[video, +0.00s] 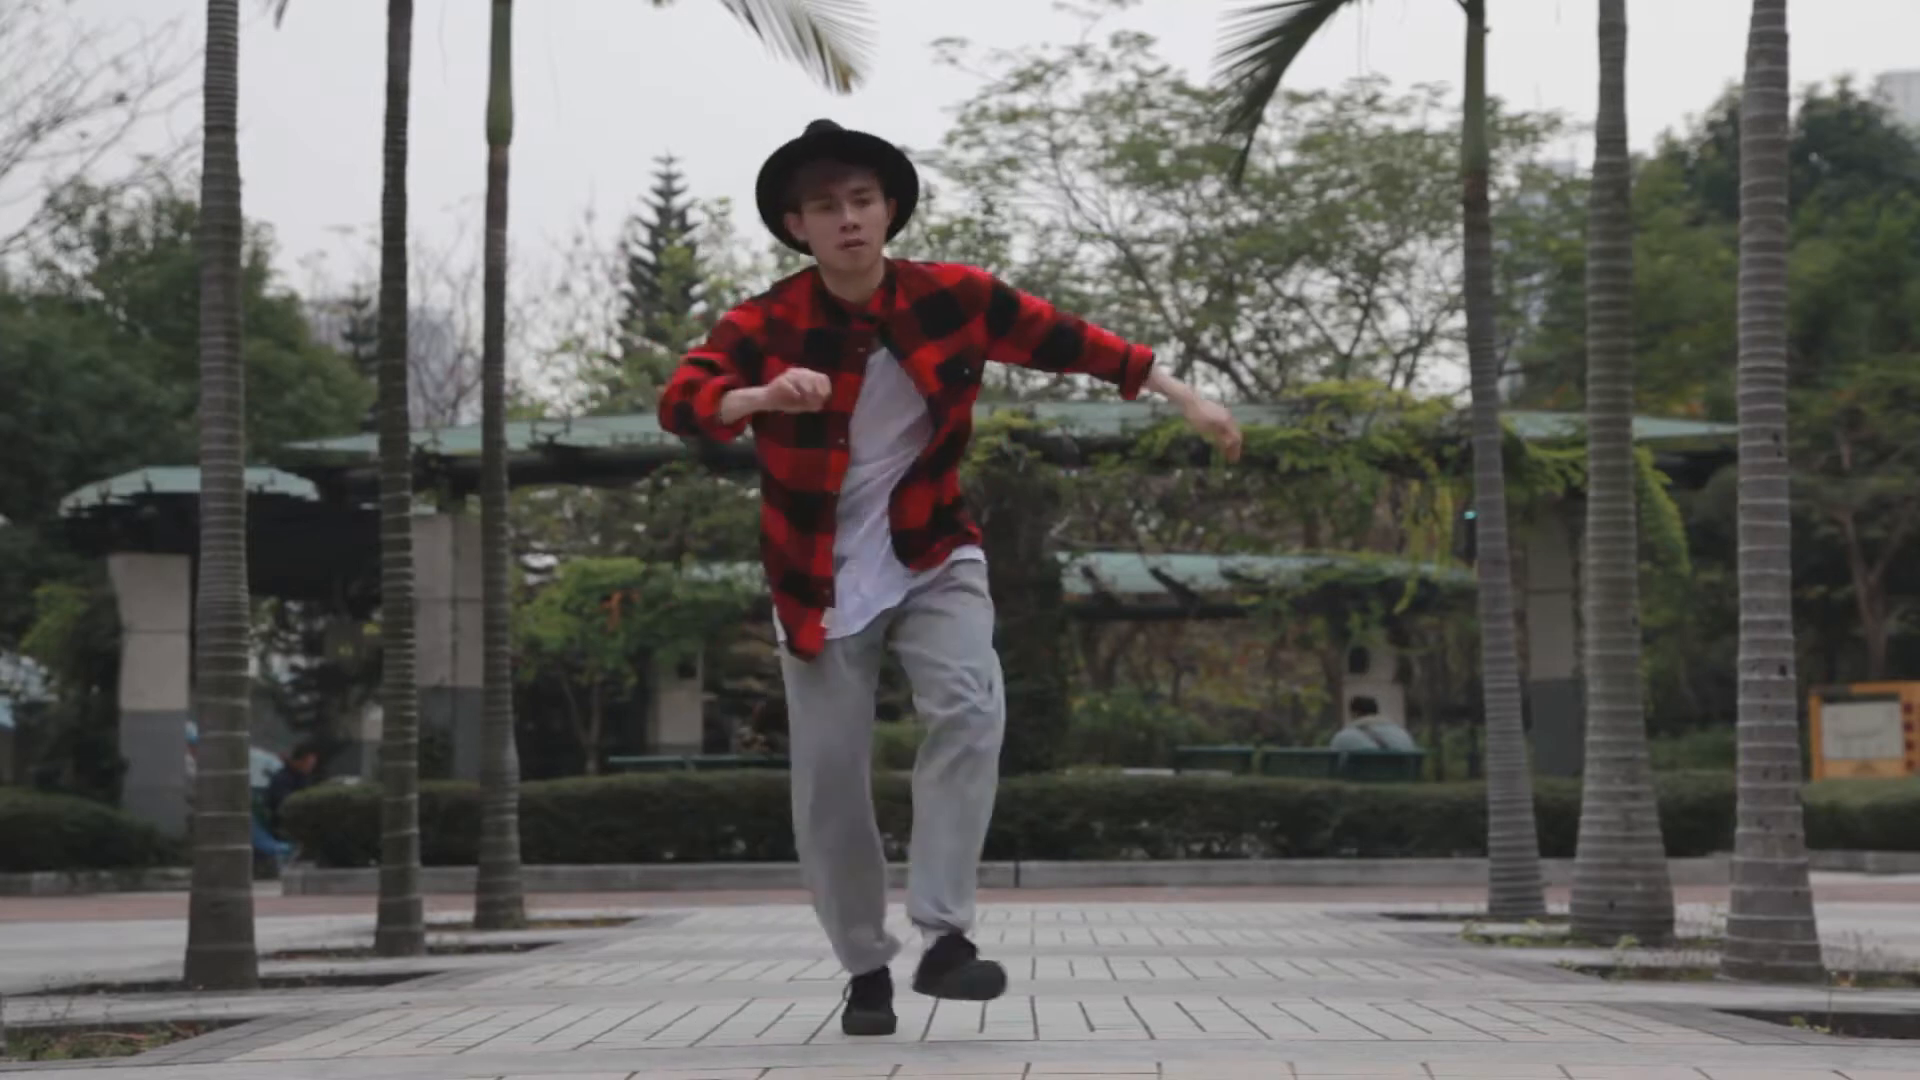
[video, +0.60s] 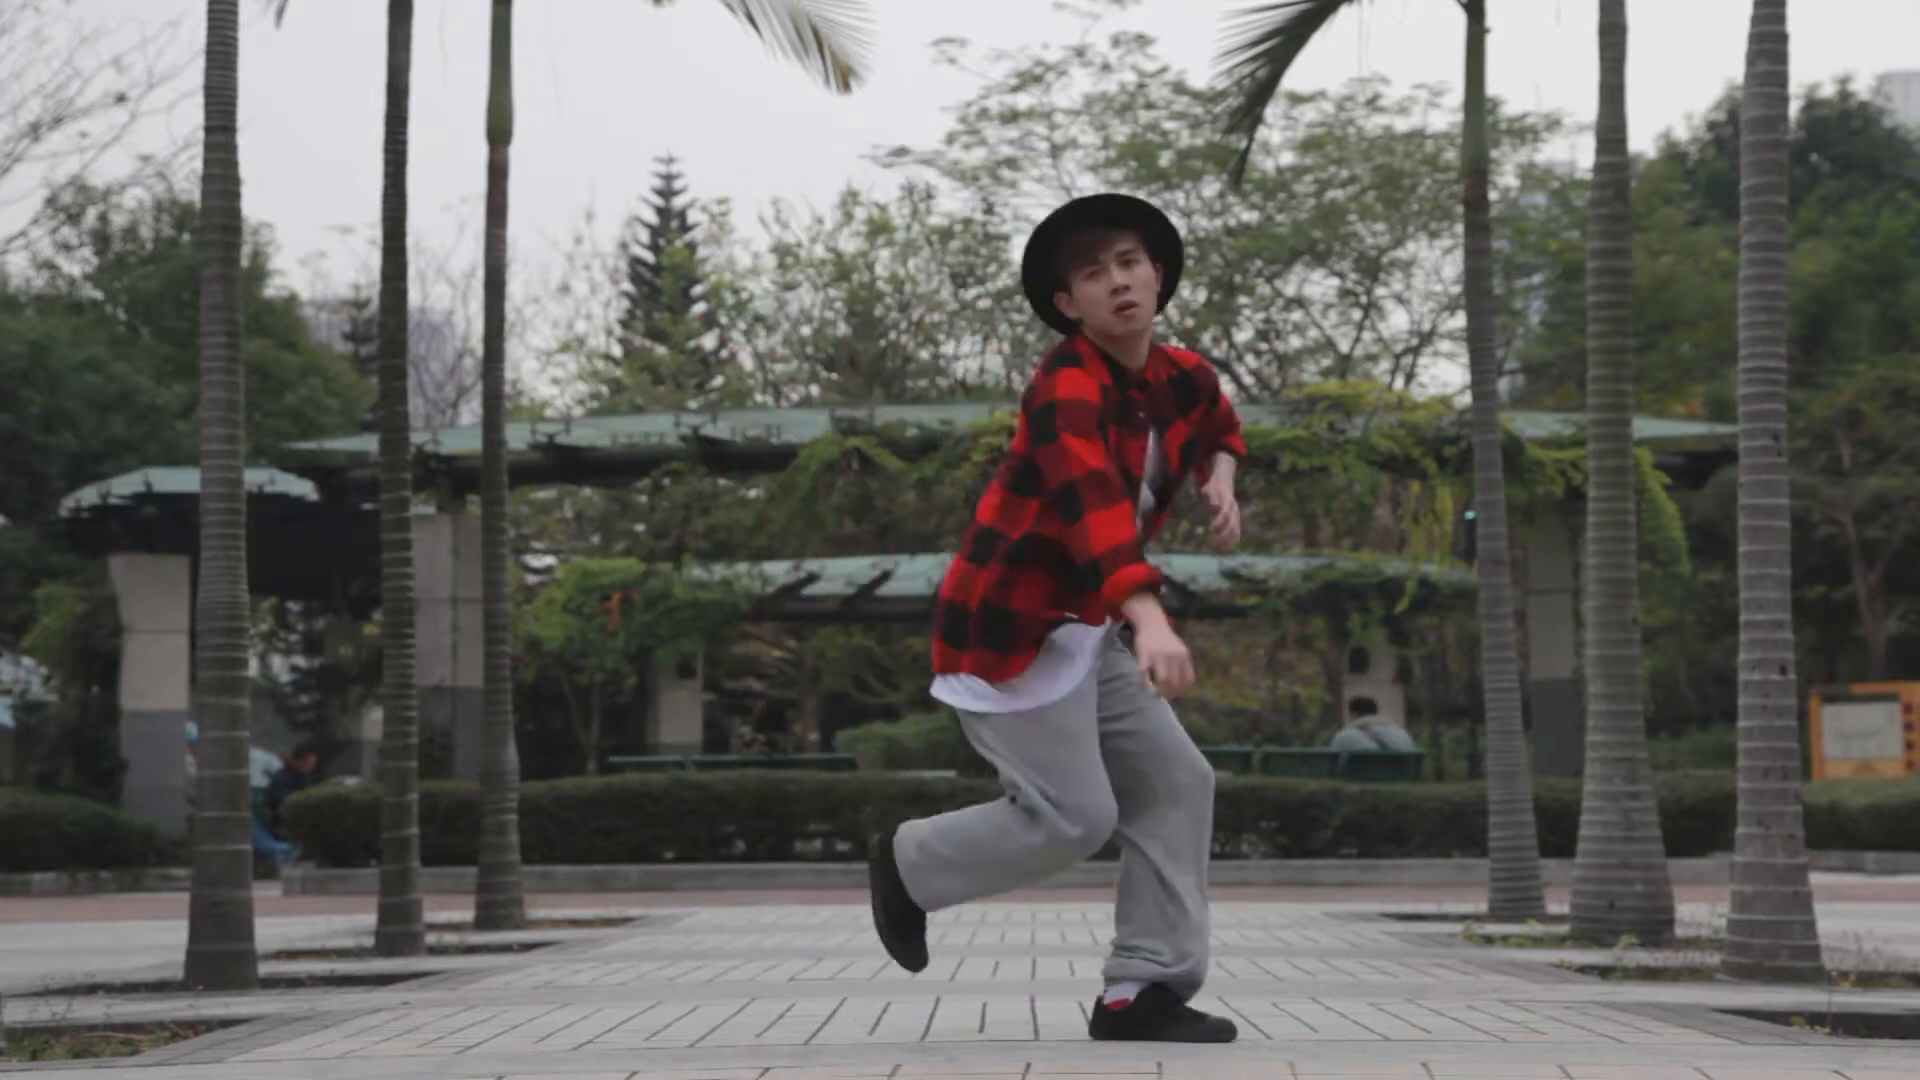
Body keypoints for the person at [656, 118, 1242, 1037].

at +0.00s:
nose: (848, 218)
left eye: (863, 198)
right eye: (825, 205)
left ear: (893, 211)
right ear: (798, 230)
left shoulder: (953, 297)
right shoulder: (764, 325)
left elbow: (1061, 339)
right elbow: (680, 400)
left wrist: (1177, 390)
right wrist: (754, 398)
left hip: (930, 549)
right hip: (819, 571)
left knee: (969, 710)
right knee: (829, 768)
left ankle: (944, 940)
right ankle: (865, 969)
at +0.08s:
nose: (892, 223)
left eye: (906, 204)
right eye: (867, 207)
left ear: (927, 216)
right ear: (832, 228)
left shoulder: (974, 301)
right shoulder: (797, 339)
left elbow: (1085, 333)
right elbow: (781, 445)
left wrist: (1210, 349)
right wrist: (874, 442)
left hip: (956, 582)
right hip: (846, 600)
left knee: (985, 750)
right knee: (866, 793)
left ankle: (1027, 941)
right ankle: (878, 973)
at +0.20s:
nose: (953, 223)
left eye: (966, 203)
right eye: (929, 205)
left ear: (984, 215)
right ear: (887, 223)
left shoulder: (1021, 306)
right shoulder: (859, 344)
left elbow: (1109, 394)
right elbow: (881, 477)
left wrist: (1205, 401)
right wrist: (1001, 479)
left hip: (1007, 597)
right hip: (896, 606)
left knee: (1041, 763)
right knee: (892, 771)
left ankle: (1006, 963)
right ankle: (875, 951)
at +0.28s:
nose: (988, 231)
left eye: (1001, 212)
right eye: (964, 215)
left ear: (1021, 226)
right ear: (924, 234)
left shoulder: (1056, 324)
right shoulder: (899, 354)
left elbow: (1099, 430)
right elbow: (944, 489)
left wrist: (1144, 469)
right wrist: (1066, 456)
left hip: (1034, 606)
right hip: (928, 606)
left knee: (1049, 800)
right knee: (901, 781)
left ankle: (990, 976)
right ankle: (912, 965)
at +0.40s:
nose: (1028, 242)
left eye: (1042, 222)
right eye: (1005, 229)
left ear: (1069, 235)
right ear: (973, 252)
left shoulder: (1114, 331)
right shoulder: (953, 342)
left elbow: (1113, 437)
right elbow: (1028, 445)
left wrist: (1103, 481)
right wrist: (1161, 424)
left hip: (1061, 587)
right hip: (955, 581)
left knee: (1091, 766)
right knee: (967, 718)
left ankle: (1009, 952)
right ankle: (986, 899)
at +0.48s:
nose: (1053, 255)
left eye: (1066, 233)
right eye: (1029, 245)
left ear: (1098, 246)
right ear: (1006, 271)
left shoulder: (1132, 329)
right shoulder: (997, 350)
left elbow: (1183, 343)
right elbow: (1089, 442)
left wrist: (1157, 428)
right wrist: (1208, 480)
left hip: (1070, 589)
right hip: (966, 572)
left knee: (1149, 739)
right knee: (1018, 676)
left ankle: (1047, 923)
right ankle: (962, 891)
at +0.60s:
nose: (1118, 280)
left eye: (1131, 261)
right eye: (1091, 271)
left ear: (1160, 277)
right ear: (1065, 306)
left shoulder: (1183, 374)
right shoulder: (1069, 385)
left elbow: (1220, 421)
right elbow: (1095, 506)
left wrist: (1219, 471)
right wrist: (1147, 615)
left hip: (1090, 630)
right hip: (1005, 641)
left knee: (1177, 783)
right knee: (1076, 818)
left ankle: (1141, 990)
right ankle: (912, 861)